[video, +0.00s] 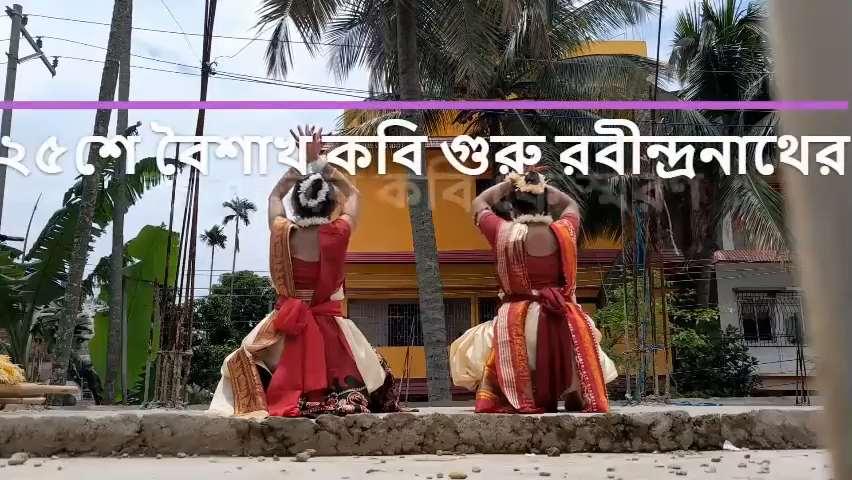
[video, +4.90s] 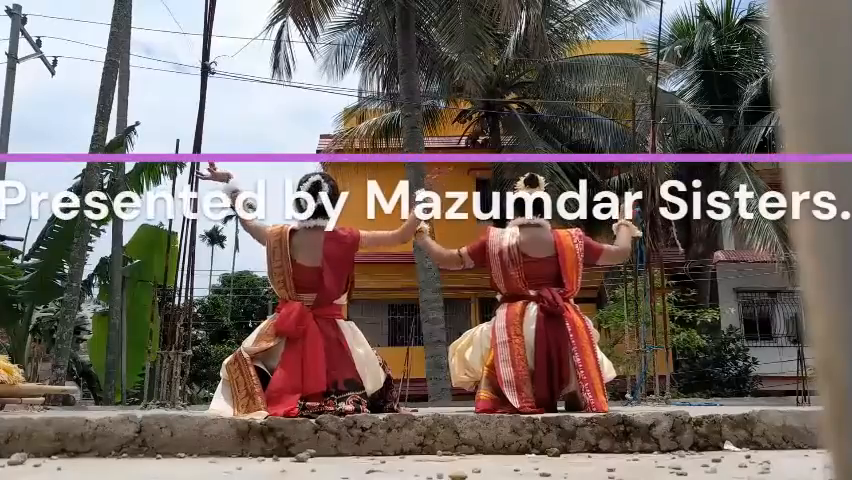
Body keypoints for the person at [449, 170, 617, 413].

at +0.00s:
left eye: (509, 207)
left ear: (512, 209)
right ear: (546, 208)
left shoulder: (503, 233)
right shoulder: (564, 232)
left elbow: (479, 203)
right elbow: (570, 204)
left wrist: (507, 184)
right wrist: (544, 187)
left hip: (518, 319)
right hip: (564, 320)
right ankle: (575, 391)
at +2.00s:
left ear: (511, 211)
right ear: (544, 207)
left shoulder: (503, 234)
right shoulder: (562, 233)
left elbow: (479, 200)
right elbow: (570, 202)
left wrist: (507, 182)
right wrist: (542, 185)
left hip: (518, 319)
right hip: (561, 318)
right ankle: (574, 394)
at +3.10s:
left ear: (509, 202)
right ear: (545, 201)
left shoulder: (501, 231)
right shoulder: (562, 228)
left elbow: (479, 197)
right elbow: (566, 198)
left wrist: (502, 168)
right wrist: (542, 170)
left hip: (516, 321)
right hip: (561, 319)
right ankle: (576, 394)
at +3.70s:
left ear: (514, 207)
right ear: (546, 207)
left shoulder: (501, 233)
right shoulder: (564, 232)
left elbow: (462, 219)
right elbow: (595, 209)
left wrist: (467, 184)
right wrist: (568, 180)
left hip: (514, 316)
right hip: (559, 315)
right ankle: (579, 397)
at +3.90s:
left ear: (510, 207)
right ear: (544, 207)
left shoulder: (495, 236)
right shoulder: (566, 234)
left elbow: (446, 222)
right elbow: (605, 221)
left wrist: (447, 192)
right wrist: (593, 192)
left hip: (512, 325)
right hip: (561, 323)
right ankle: (575, 394)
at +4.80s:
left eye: (515, 204)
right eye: (537, 202)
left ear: (511, 209)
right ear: (547, 207)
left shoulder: (494, 240)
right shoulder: (569, 238)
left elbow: (442, 252)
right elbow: (619, 245)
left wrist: (426, 226)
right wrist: (616, 216)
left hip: (512, 328)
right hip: (563, 326)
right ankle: (578, 395)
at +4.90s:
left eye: (522, 201)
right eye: (536, 201)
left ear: (511, 206)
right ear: (547, 205)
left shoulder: (493, 240)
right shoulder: (570, 240)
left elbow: (452, 260)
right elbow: (620, 253)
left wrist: (423, 239)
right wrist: (624, 227)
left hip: (511, 330)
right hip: (565, 327)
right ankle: (578, 400)